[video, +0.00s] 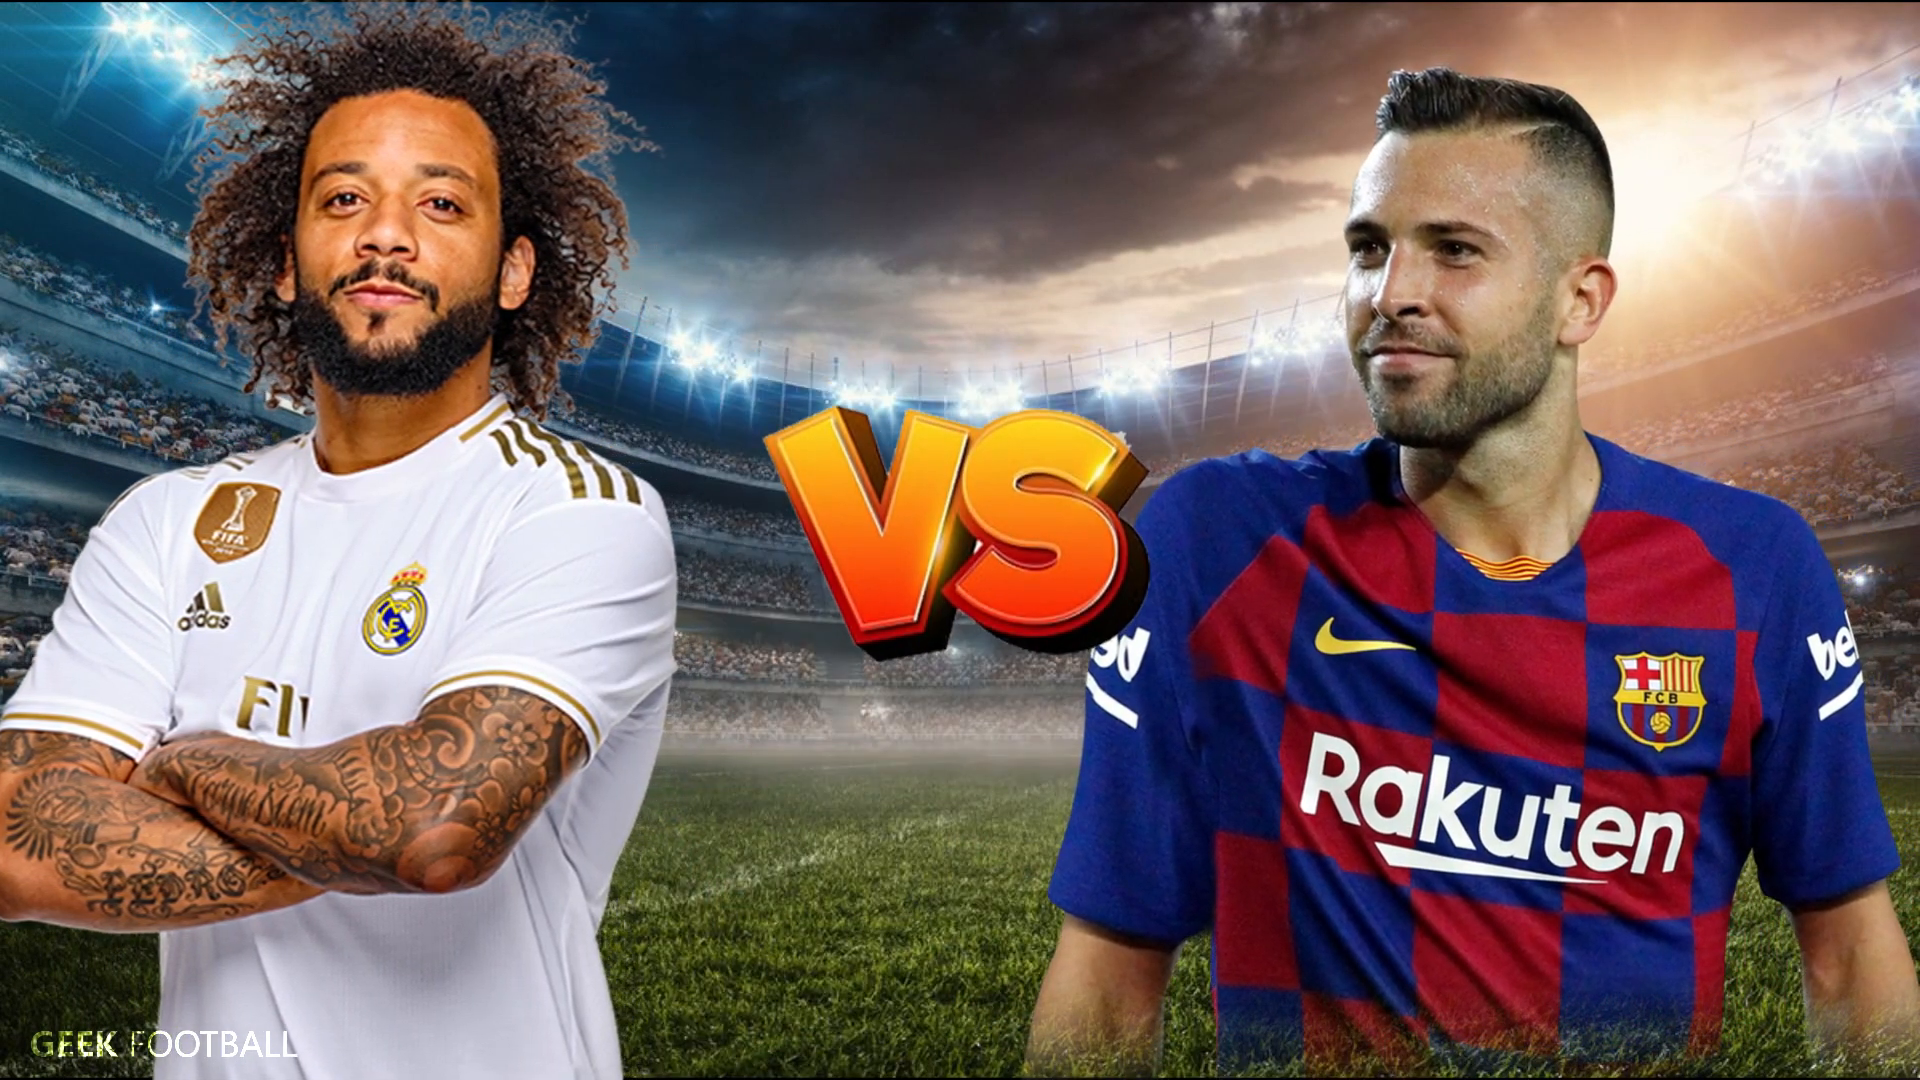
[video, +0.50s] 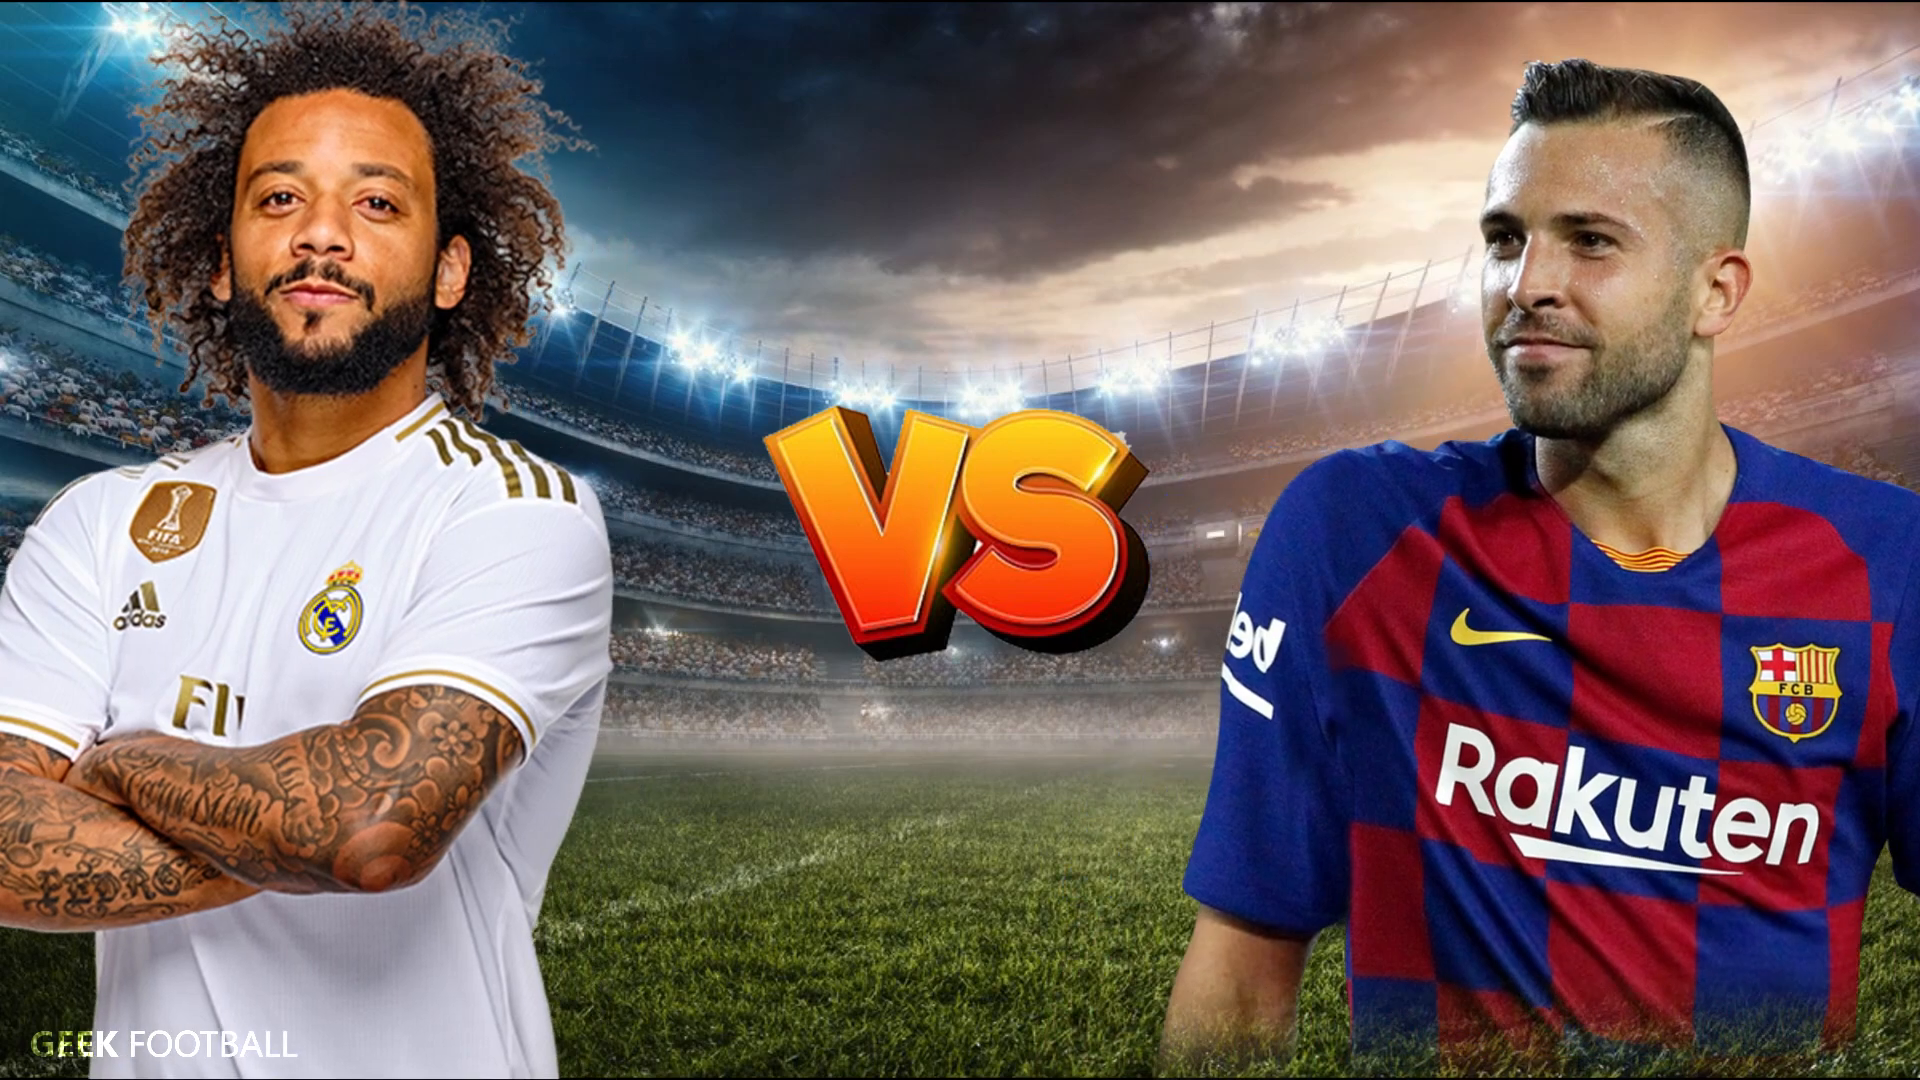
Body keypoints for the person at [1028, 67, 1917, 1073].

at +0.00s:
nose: (1388, 294)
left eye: (1454, 250)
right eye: (1368, 249)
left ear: (1580, 303)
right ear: (1345, 272)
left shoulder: (1757, 572)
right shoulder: (1206, 543)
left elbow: (1853, 954)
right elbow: (1108, 974)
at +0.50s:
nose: (1527, 289)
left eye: (1592, 242)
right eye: (1505, 243)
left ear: (1717, 295)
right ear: (1482, 267)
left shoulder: (1892, 563)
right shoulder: (1346, 530)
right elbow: (1242, 962)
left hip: (1768, 1060)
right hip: (1445, 1055)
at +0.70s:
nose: (1653, 280)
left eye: (1719, 234)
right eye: (1633, 234)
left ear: (1844, 285)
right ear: (1612, 255)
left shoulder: (1911, 540)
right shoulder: (1480, 522)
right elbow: (1369, 960)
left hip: (1881, 1046)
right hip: (1582, 1048)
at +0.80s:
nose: (1736, 274)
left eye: (1801, 229)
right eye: (1714, 229)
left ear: (1915, 280)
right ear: (1688, 253)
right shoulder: (1561, 516)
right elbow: (1448, 946)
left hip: (1891, 1043)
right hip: (1645, 1051)